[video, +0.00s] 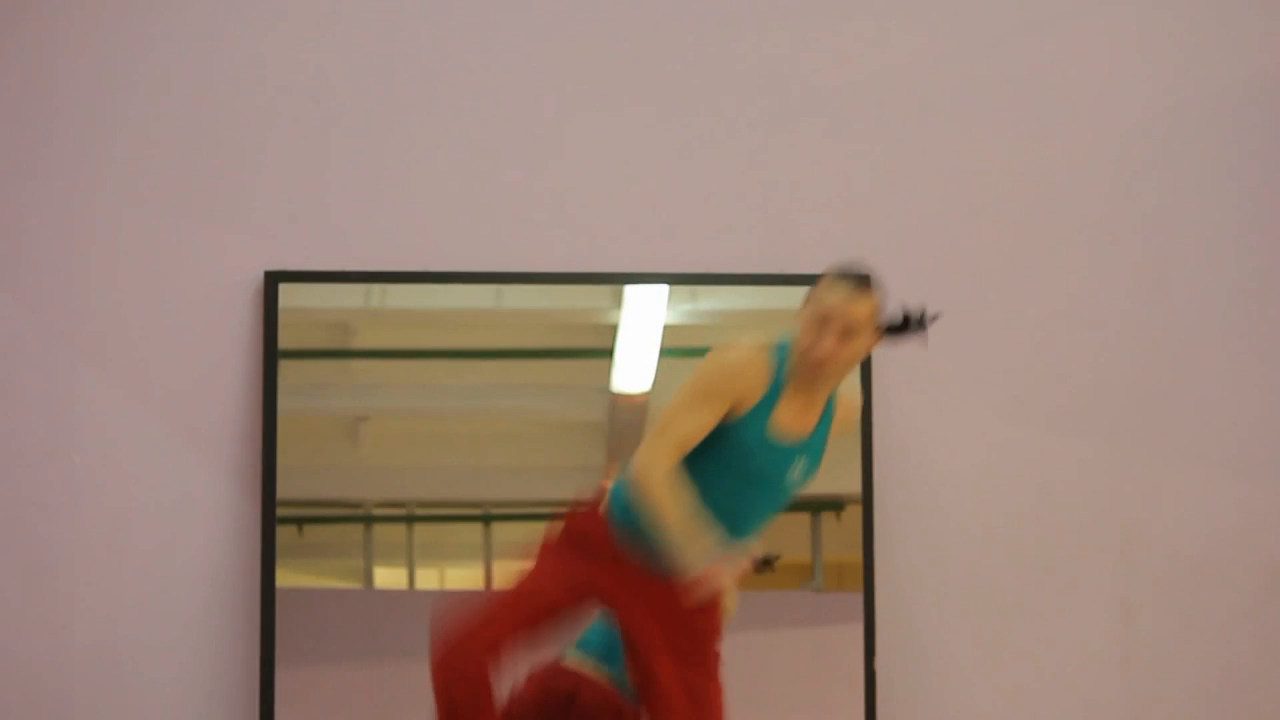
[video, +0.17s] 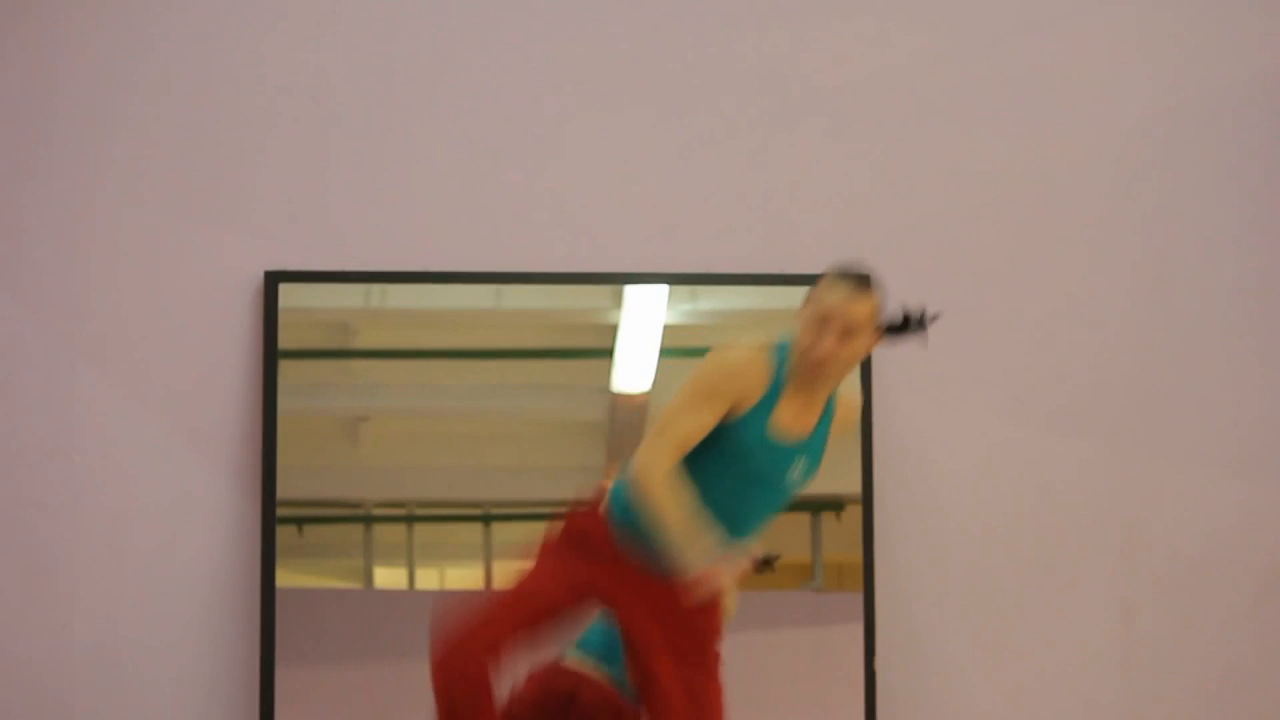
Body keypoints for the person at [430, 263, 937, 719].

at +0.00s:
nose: (826, 344)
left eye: (847, 333)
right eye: (820, 322)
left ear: (870, 345)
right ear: (800, 316)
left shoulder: (840, 406)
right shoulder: (741, 368)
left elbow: (759, 487)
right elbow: (648, 468)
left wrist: (731, 563)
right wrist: (704, 555)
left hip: (686, 588)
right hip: (606, 545)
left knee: (693, 713)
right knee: (461, 644)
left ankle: (564, 690)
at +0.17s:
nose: (826, 344)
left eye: (847, 333)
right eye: (820, 322)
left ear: (870, 345)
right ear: (799, 316)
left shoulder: (840, 406)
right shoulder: (741, 368)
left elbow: (759, 488)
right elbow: (648, 469)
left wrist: (730, 562)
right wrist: (704, 554)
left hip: (686, 588)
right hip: (606, 545)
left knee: (693, 712)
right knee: (461, 645)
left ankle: (566, 690)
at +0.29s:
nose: (795, 369)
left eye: (817, 356)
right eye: (787, 350)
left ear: (844, 367)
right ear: (770, 349)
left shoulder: (823, 450)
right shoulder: (708, 403)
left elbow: (747, 529)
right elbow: (621, 498)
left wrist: (774, 603)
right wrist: (648, 594)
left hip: (678, 627)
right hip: (589, 598)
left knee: (711, 712)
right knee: (521, 710)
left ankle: (602, 697)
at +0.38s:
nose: (796, 368)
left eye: (816, 356)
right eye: (787, 350)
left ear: (844, 366)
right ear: (770, 348)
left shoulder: (824, 448)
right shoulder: (708, 402)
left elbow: (747, 529)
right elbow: (621, 498)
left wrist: (775, 605)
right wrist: (648, 594)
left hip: (678, 626)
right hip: (589, 597)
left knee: (711, 712)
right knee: (521, 710)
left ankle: (602, 698)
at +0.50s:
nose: (758, 383)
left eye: (779, 372)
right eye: (753, 365)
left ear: (816, 381)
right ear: (742, 363)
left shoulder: (805, 483)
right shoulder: (674, 426)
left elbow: (799, 570)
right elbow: (593, 524)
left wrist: (832, 659)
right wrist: (595, 629)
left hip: (678, 656)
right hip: (586, 636)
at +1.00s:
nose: (703, 386)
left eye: (723, 373)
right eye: (694, 368)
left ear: (759, 381)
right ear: (683, 371)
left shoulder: (782, 488)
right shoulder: (624, 439)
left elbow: (795, 606)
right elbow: (562, 534)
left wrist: (851, 617)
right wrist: (547, 603)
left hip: (678, 686)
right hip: (577, 664)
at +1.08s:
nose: (682, 377)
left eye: (701, 362)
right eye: (673, 359)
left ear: (740, 366)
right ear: (663, 360)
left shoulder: (768, 470)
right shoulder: (619, 427)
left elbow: (789, 606)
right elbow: (568, 524)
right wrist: (548, 571)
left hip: (678, 681)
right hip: (582, 656)